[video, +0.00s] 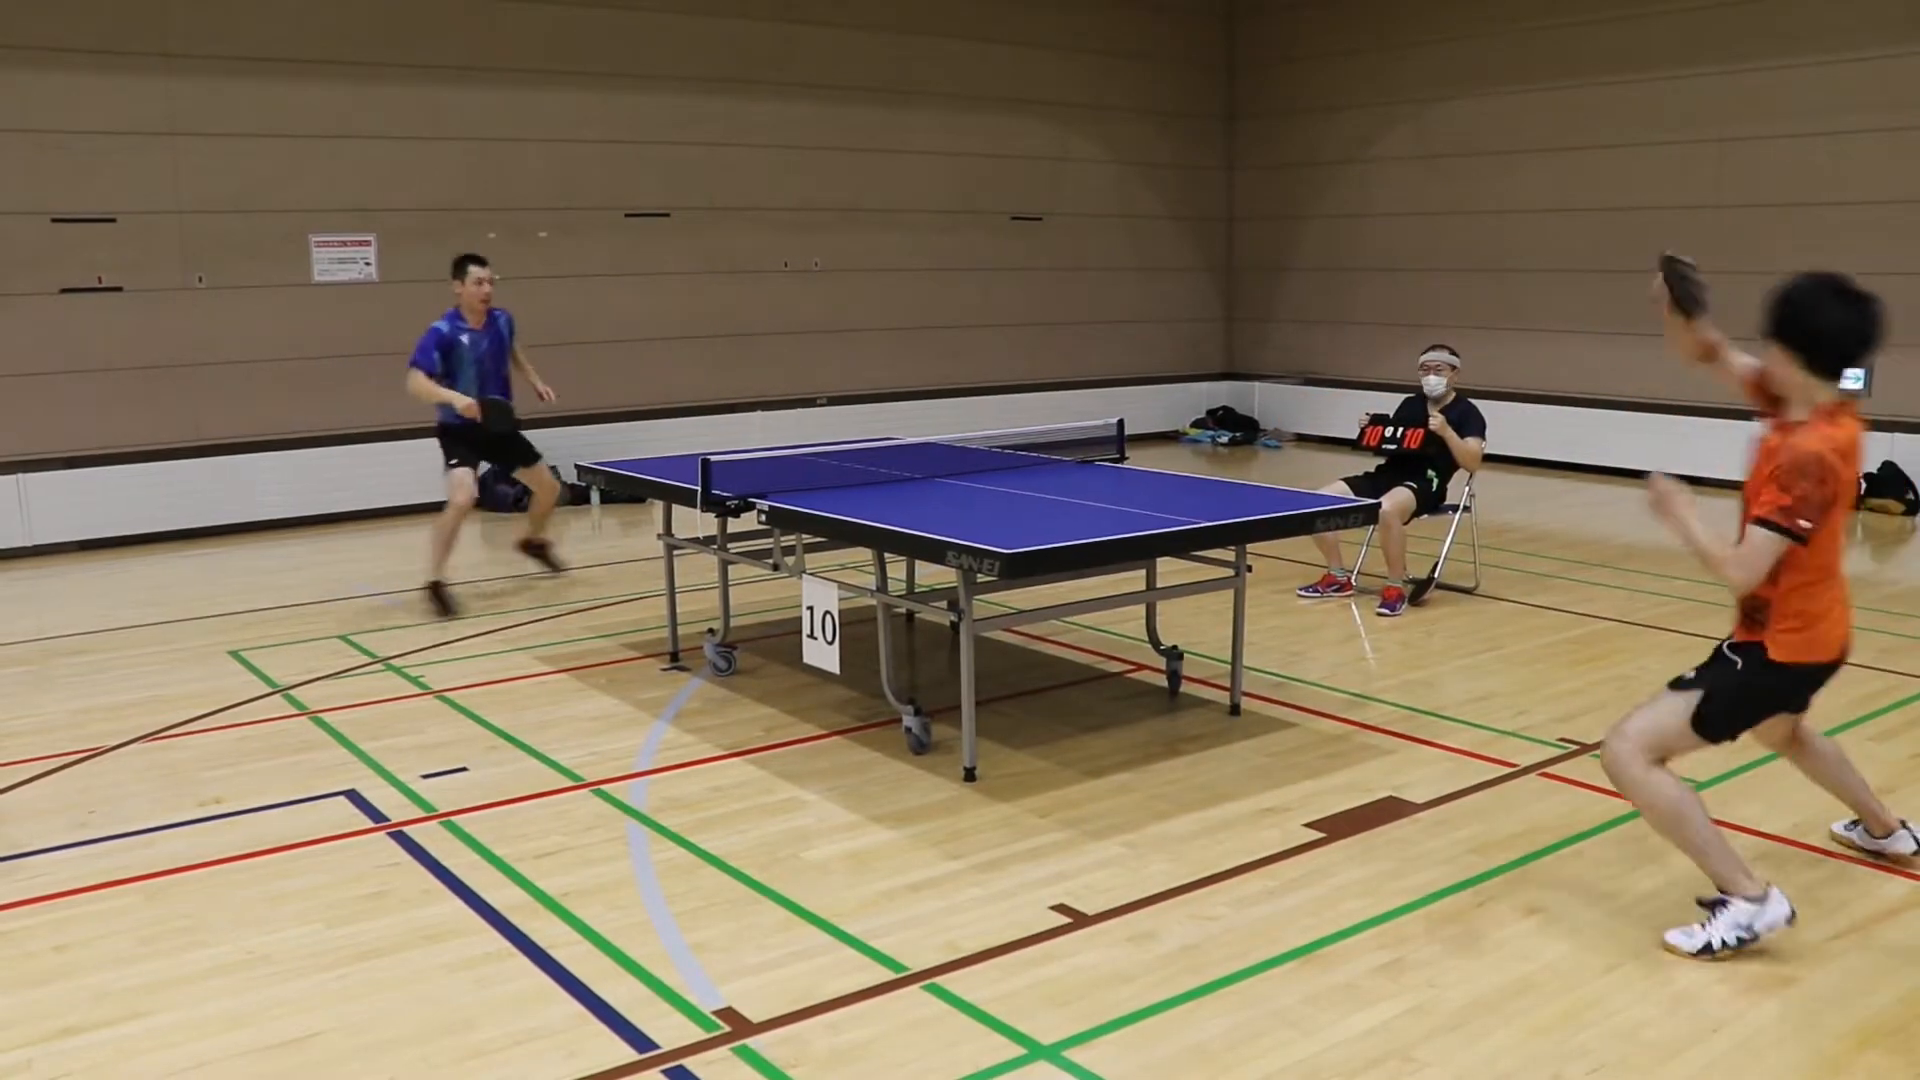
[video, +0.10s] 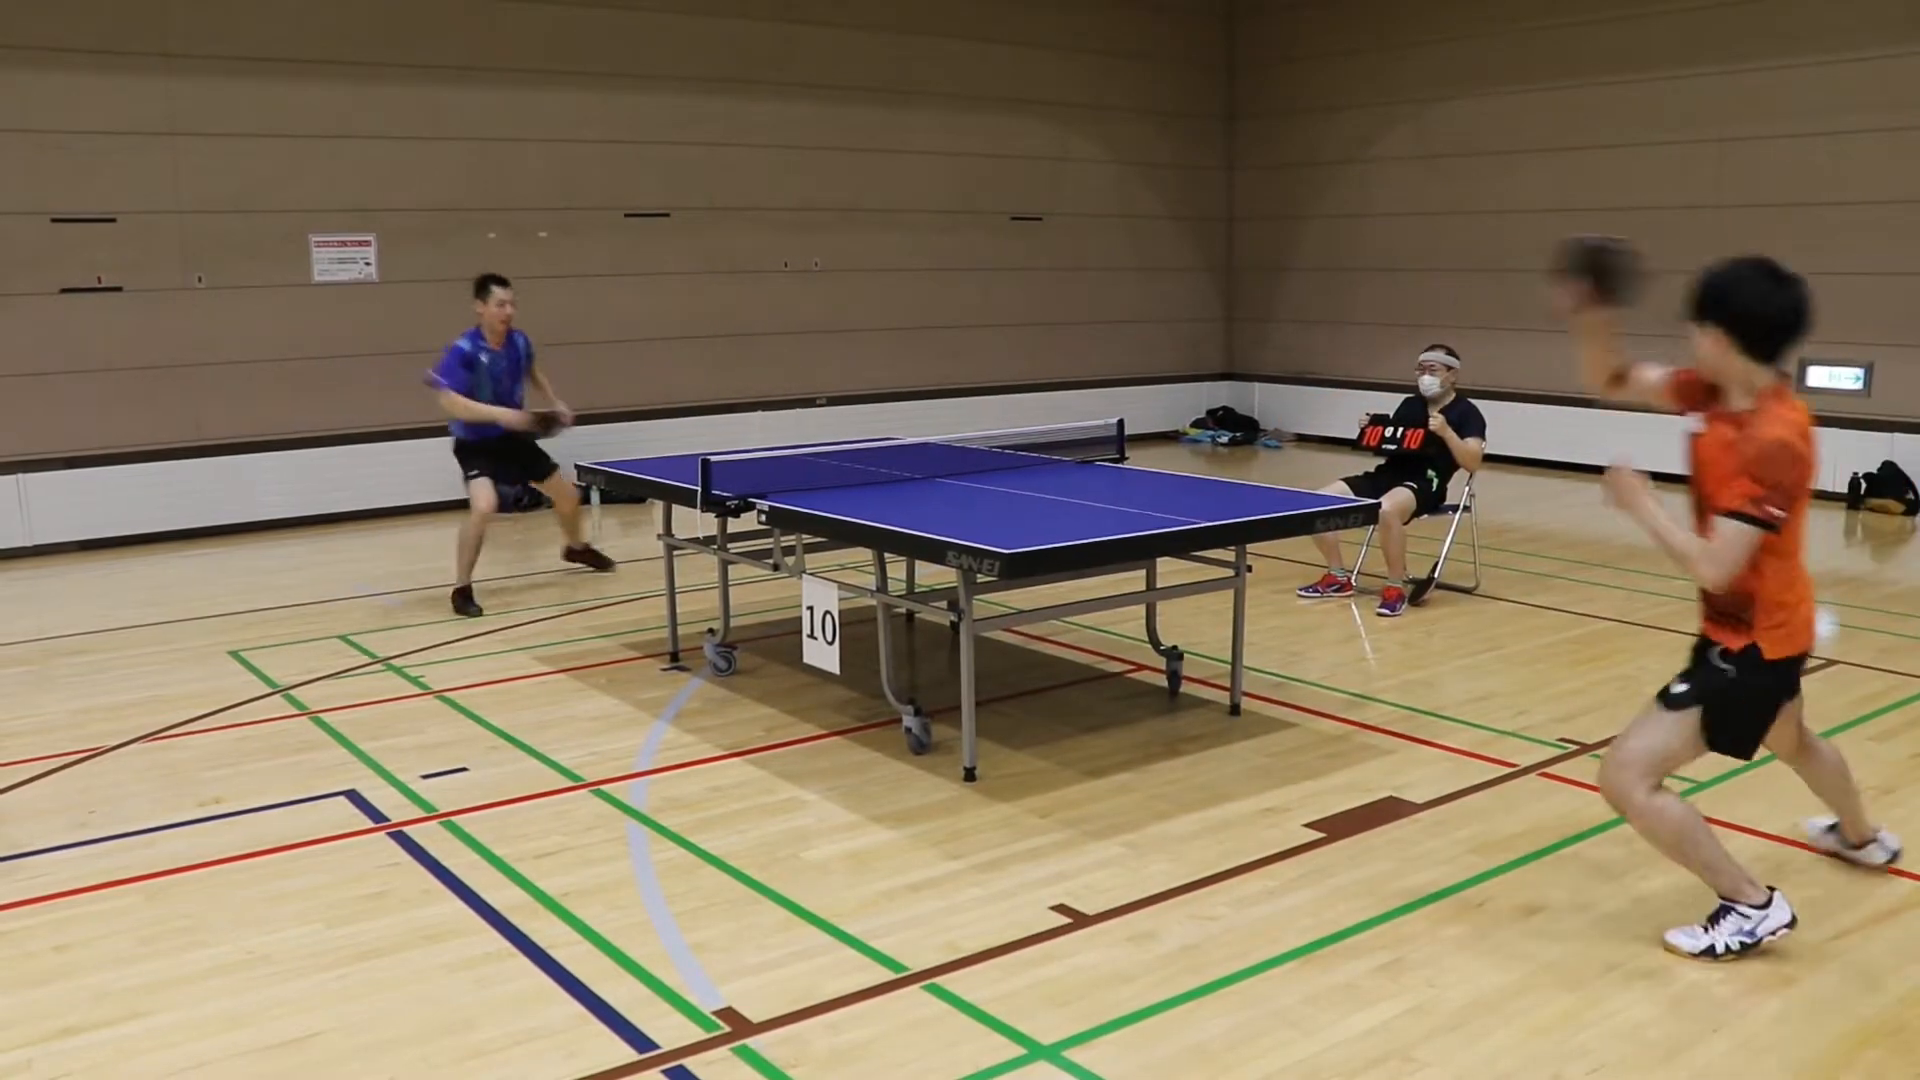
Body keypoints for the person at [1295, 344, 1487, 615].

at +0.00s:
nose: (1430, 375)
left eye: (1439, 369)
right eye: (1425, 369)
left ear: (1455, 375)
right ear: (1419, 374)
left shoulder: (1467, 413)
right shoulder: (1411, 404)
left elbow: (1472, 463)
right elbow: (1393, 440)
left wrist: (1447, 433)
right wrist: (1372, 426)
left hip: (1427, 481)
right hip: (1390, 473)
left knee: (1388, 510)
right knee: (1318, 502)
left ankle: (1395, 588)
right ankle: (1337, 576)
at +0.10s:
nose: (1425, 374)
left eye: (1433, 369)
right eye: (1421, 369)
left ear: (1453, 376)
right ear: (1416, 373)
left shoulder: (1466, 413)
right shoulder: (1411, 404)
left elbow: (1472, 463)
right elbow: (1394, 439)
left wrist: (1447, 433)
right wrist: (1374, 426)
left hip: (1426, 482)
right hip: (1390, 474)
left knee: (1388, 510)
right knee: (1317, 503)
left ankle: (1395, 588)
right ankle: (1337, 576)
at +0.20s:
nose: (1421, 375)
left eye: (1429, 370)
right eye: (1419, 369)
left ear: (1449, 376)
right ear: (1415, 373)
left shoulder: (1466, 413)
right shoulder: (1411, 404)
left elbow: (1472, 463)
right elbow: (1395, 439)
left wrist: (1447, 433)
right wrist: (1374, 426)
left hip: (1426, 482)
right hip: (1390, 474)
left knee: (1388, 510)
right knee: (1318, 503)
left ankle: (1395, 588)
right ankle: (1337, 576)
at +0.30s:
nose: (1418, 375)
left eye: (1425, 370)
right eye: (1417, 370)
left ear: (1446, 376)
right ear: (1414, 373)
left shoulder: (1463, 412)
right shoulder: (1411, 404)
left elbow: (1473, 462)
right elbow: (1394, 438)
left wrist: (1447, 433)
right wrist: (1374, 425)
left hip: (1425, 482)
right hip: (1389, 474)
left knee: (1388, 510)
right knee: (1319, 503)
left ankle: (1395, 588)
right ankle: (1338, 576)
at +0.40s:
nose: (1417, 375)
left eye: (1424, 370)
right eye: (1416, 369)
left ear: (1446, 376)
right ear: (1414, 372)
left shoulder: (1465, 413)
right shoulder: (1411, 404)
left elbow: (1473, 462)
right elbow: (1393, 439)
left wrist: (1447, 433)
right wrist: (1372, 426)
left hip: (1427, 481)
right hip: (1390, 473)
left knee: (1388, 510)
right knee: (1319, 503)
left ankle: (1395, 588)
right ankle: (1337, 576)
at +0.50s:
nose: (1419, 374)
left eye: (1427, 369)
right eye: (1417, 368)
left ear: (1447, 374)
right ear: (1414, 371)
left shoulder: (1453, 409)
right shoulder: (1409, 404)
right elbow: (1393, 439)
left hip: (1429, 484)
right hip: (1392, 474)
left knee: (1387, 511)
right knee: (1318, 503)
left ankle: (1396, 586)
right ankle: (1338, 576)